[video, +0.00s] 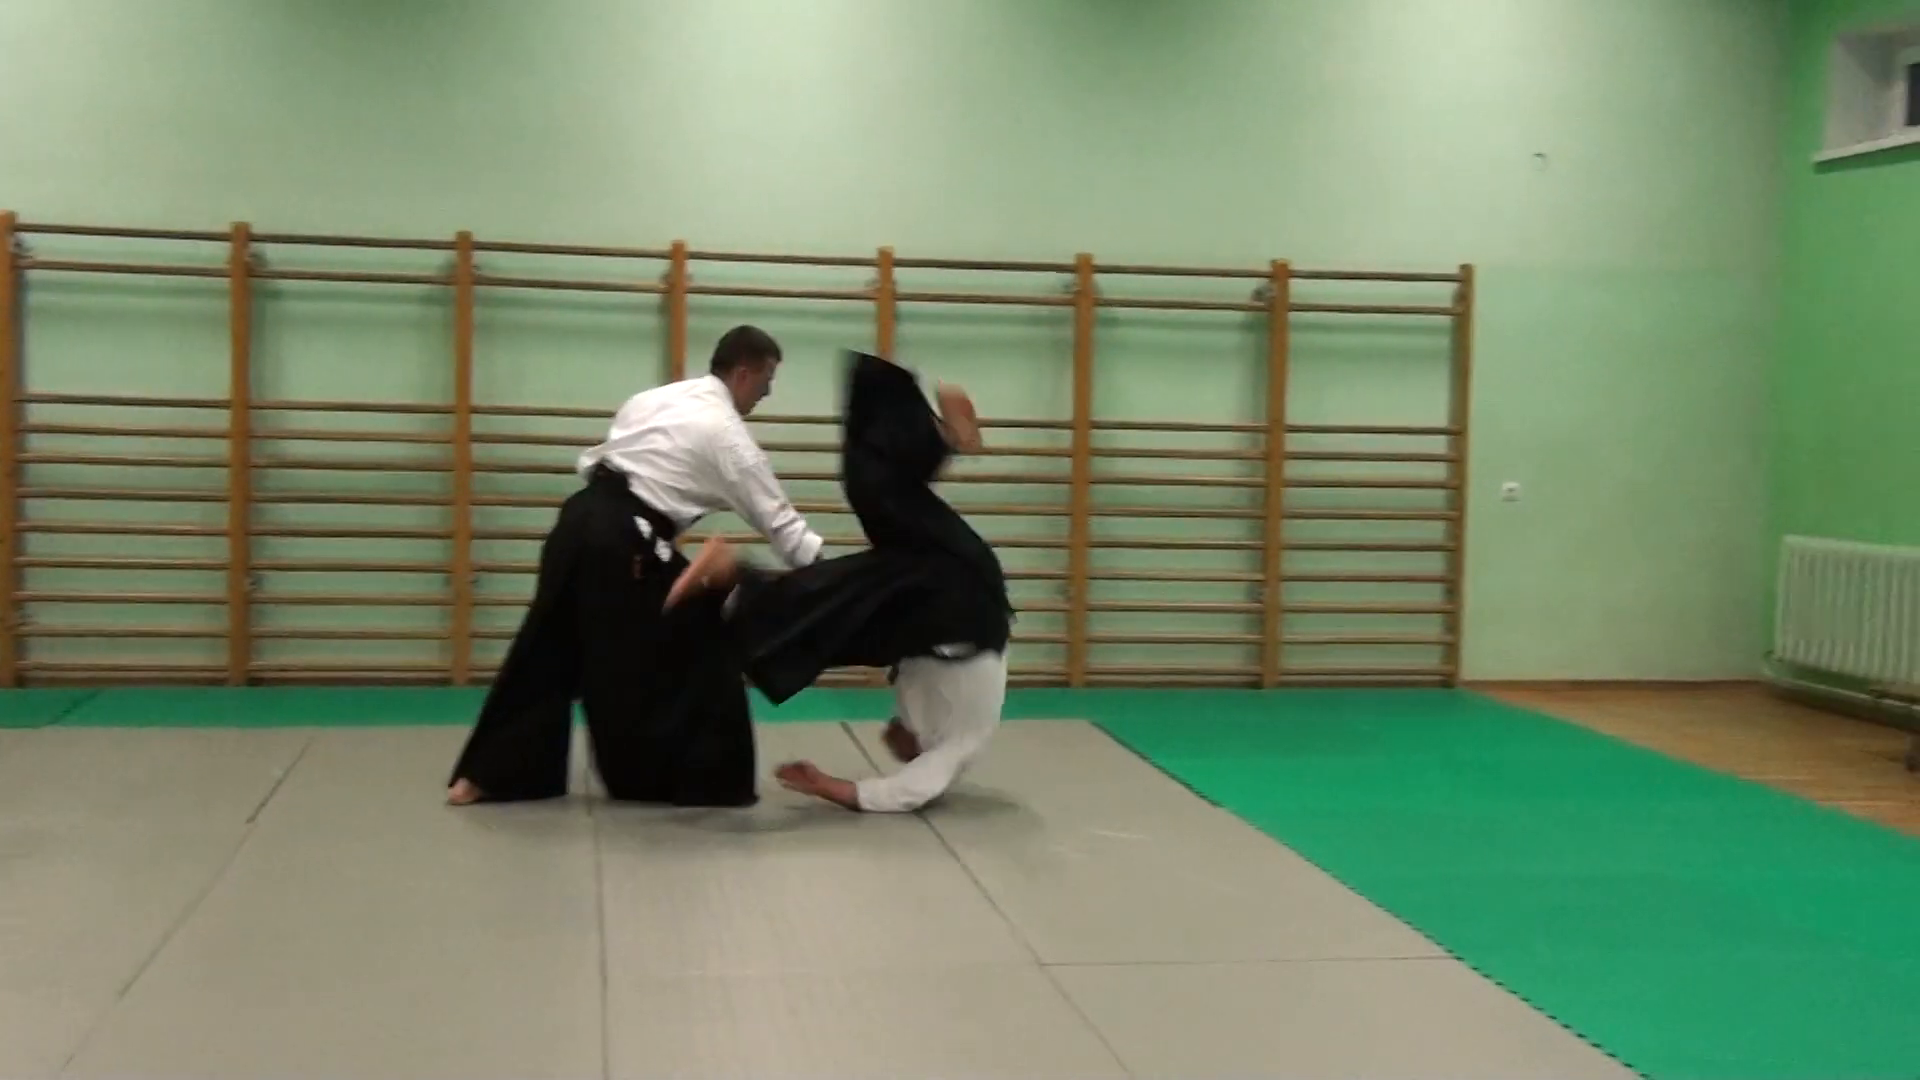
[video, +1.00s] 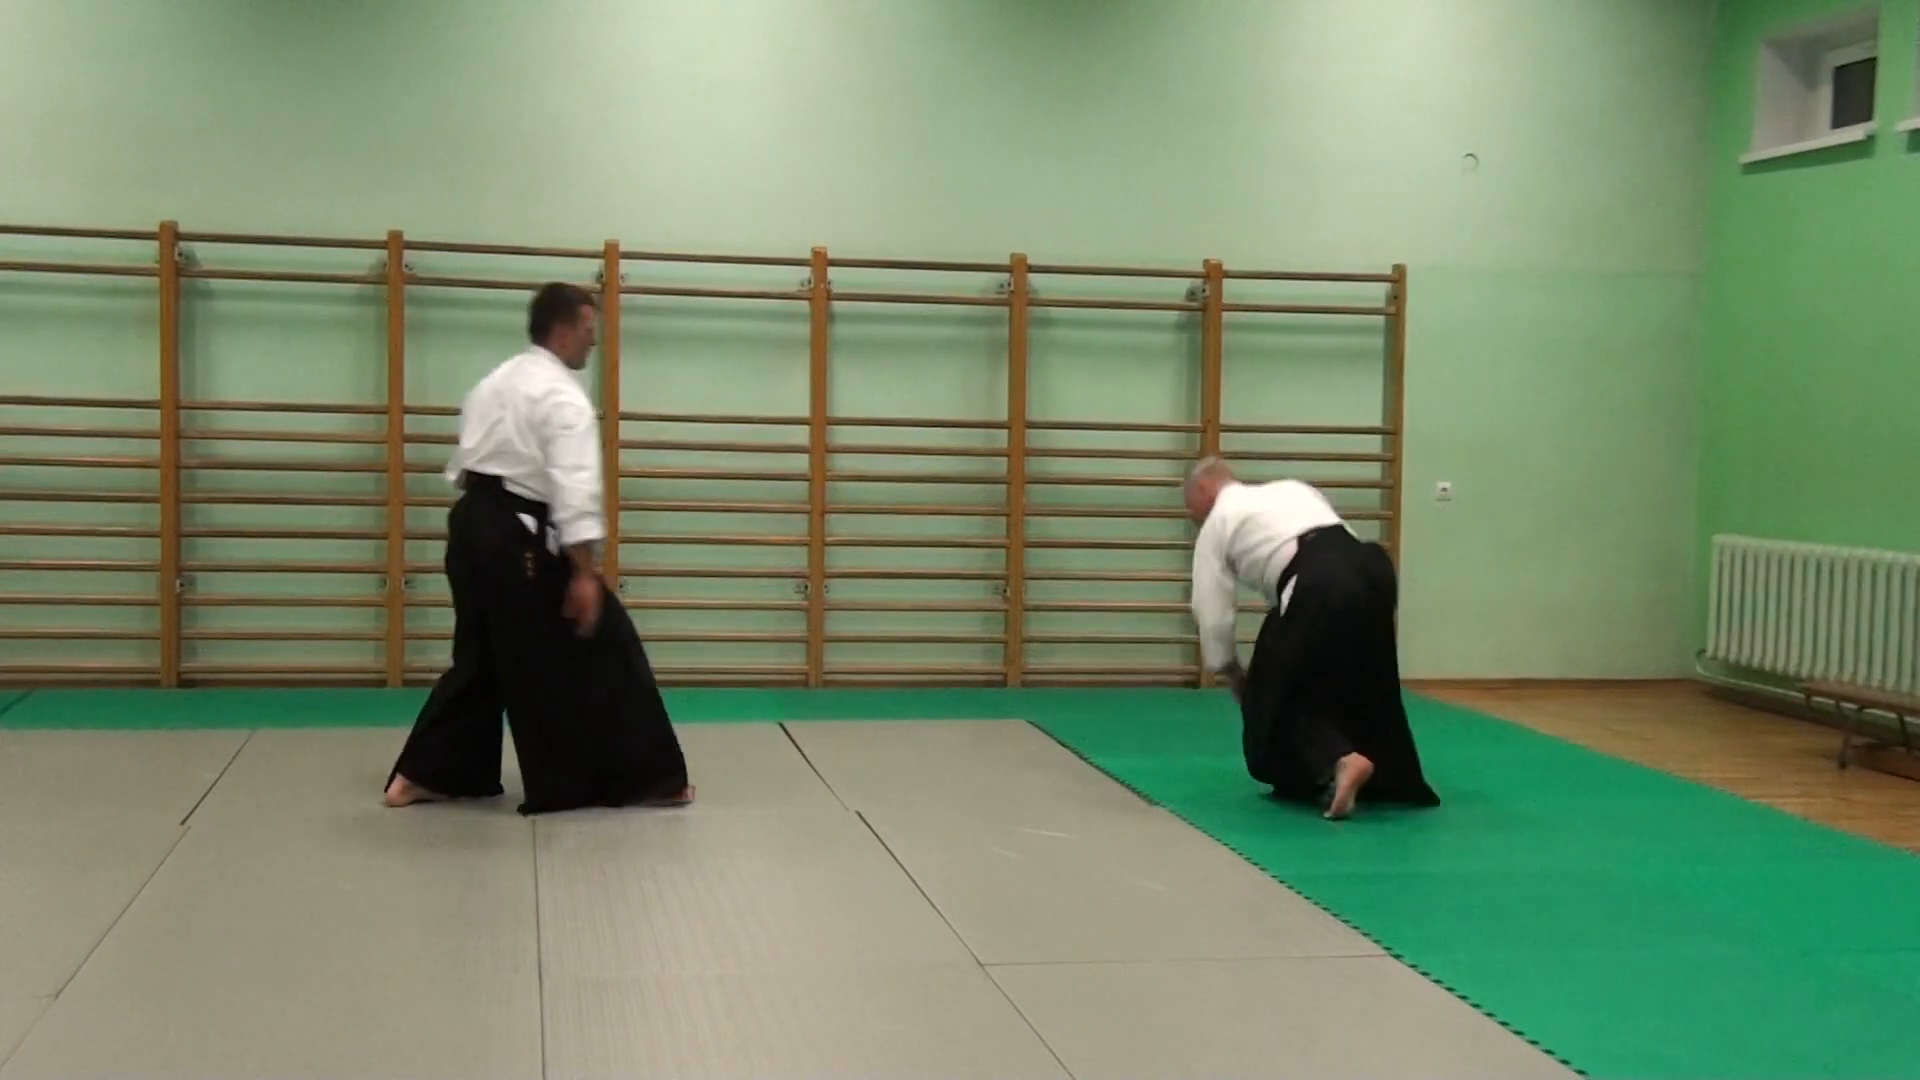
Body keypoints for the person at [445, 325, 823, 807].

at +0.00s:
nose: (768, 390)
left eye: (770, 380)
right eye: (766, 379)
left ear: (726, 368)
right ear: (743, 372)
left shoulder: (654, 399)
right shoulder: (726, 430)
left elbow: (592, 463)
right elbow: (776, 517)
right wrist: (829, 573)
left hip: (579, 520)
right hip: (629, 541)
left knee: (544, 652)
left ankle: (479, 773)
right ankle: (646, 781)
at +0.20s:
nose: (701, 386)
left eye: (704, 375)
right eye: (699, 373)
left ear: (657, 363)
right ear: (672, 366)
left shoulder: (592, 396)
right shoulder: (662, 426)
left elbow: (539, 461)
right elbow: (715, 509)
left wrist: (591, 522)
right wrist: (772, 577)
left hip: (518, 522)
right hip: (572, 541)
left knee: (476, 653)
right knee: (650, 652)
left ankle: (409, 777)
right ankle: (654, 781)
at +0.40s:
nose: (688, 379)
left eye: (690, 368)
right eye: (686, 367)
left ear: (644, 357)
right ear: (660, 361)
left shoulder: (578, 396)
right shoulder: (650, 419)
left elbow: (530, 467)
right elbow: (707, 498)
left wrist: (589, 519)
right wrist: (768, 565)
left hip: (516, 526)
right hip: (571, 543)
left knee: (477, 653)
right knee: (651, 650)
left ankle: (410, 776)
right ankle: (649, 781)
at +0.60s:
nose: (683, 375)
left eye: (685, 364)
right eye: (682, 363)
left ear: (639, 353)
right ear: (655, 356)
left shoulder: (573, 394)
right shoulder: (649, 416)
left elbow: (535, 469)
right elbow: (706, 495)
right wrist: (768, 561)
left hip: (517, 528)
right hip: (573, 542)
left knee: (482, 654)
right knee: (652, 649)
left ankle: (413, 776)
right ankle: (652, 780)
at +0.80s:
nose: (661, 362)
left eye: (662, 350)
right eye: (658, 349)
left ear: (617, 348)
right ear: (632, 349)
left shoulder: (554, 389)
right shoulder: (626, 405)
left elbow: (516, 467)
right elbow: (672, 488)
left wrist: (583, 514)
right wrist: (712, 568)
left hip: (507, 528)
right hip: (564, 538)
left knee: (493, 657)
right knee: (641, 646)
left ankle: (415, 772)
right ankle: (654, 777)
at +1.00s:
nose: (592, 342)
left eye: (592, 331)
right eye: (587, 331)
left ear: (545, 331)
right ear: (562, 330)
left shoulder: (494, 382)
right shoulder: (564, 398)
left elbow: (464, 468)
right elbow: (575, 485)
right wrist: (585, 568)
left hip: (470, 527)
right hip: (522, 536)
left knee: (479, 657)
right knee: (607, 639)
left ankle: (415, 772)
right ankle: (651, 774)